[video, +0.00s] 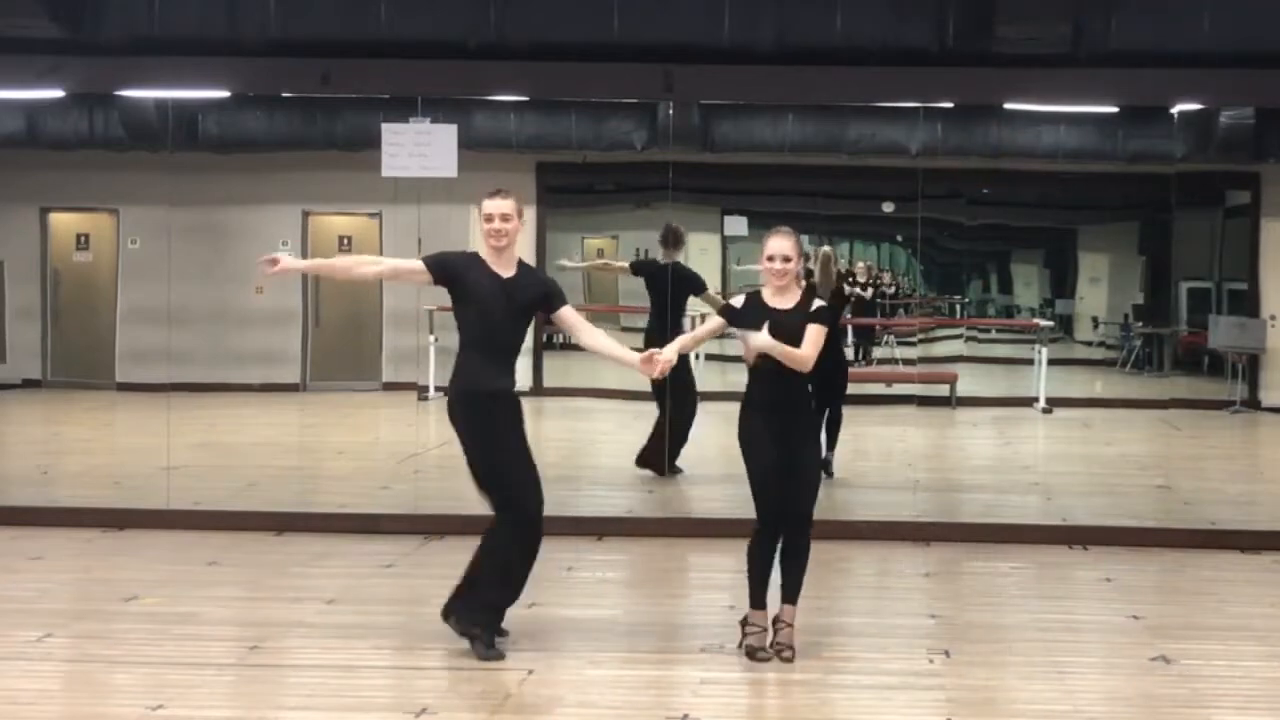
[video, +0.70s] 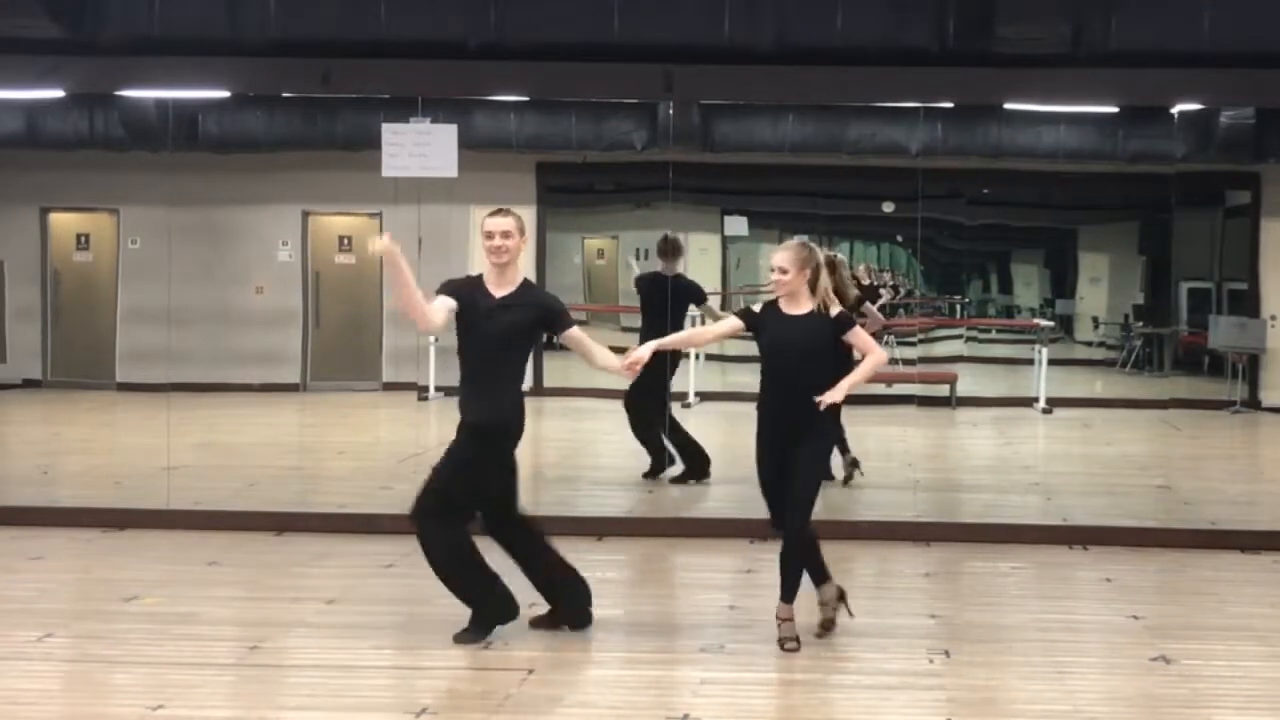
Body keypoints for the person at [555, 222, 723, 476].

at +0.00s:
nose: (672, 247)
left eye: (667, 242)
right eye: (679, 243)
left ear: (661, 243)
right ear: (682, 245)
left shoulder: (649, 267)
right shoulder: (687, 275)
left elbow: (610, 265)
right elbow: (715, 302)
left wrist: (576, 265)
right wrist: (736, 313)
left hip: (652, 340)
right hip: (675, 342)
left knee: (666, 400)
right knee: (686, 401)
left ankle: (653, 454)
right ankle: (664, 457)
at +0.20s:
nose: (673, 254)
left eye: (670, 249)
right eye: (678, 250)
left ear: (664, 250)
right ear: (686, 252)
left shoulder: (652, 272)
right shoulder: (695, 281)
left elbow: (618, 259)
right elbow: (726, 305)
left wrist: (594, 243)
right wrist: (747, 314)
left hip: (638, 340)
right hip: (664, 345)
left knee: (650, 401)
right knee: (651, 405)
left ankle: (657, 453)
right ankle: (636, 465)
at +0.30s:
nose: (672, 257)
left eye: (668, 253)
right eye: (677, 253)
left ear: (663, 255)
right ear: (685, 256)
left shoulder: (651, 276)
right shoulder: (695, 286)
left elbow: (616, 260)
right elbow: (729, 309)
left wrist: (593, 238)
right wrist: (754, 317)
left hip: (631, 349)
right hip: (659, 354)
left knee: (625, 395)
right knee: (658, 410)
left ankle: (623, 447)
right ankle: (638, 464)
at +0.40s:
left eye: (667, 254)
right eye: (677, 254)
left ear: (662, 256)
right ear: (684, 257)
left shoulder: (650, 278)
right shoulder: (695, 287)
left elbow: (612, 259)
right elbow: (729, 309)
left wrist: (594, 238)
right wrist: (754, 315)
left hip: (633, 351)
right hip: (662, 357)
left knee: (611, 398)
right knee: (662, 414)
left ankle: (585, 450)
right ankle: (638, 467)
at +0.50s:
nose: (668, 258)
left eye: (665, 255)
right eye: (675, 255)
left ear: (660, 256)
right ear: (683, 257)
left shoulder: (648, 280)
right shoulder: (692, 287)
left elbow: (612, 262)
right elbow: (727, 307)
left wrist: (609, 246)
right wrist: (753, 315)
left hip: (637, 358)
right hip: (666, 363)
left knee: (616, 403)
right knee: (663, 415)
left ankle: (577, 447)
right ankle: (638, 467)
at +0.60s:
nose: (668, 258)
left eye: (665, 253)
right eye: (675, 254)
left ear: (659, 256)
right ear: (681, 256)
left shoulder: (646, 281)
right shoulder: (689, 287)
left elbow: (616, 276)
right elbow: (723, 311)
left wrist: (617, 246)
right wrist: (749, 316)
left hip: (641, 355)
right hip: (670, 357)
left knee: (627, 409)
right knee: (657, 409)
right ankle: (643, 468)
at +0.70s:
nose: (669, 259)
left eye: (666, 253)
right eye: (675, 254)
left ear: (658, 255)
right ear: (681, 255)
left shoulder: (645, 281)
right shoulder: (686, 286)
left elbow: (636, 281)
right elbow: (713, 314)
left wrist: (634, 266)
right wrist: (735, 322)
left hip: (647, 352)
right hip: (671, 353)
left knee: (653, 408)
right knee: (635, 401)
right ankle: (659, 455)